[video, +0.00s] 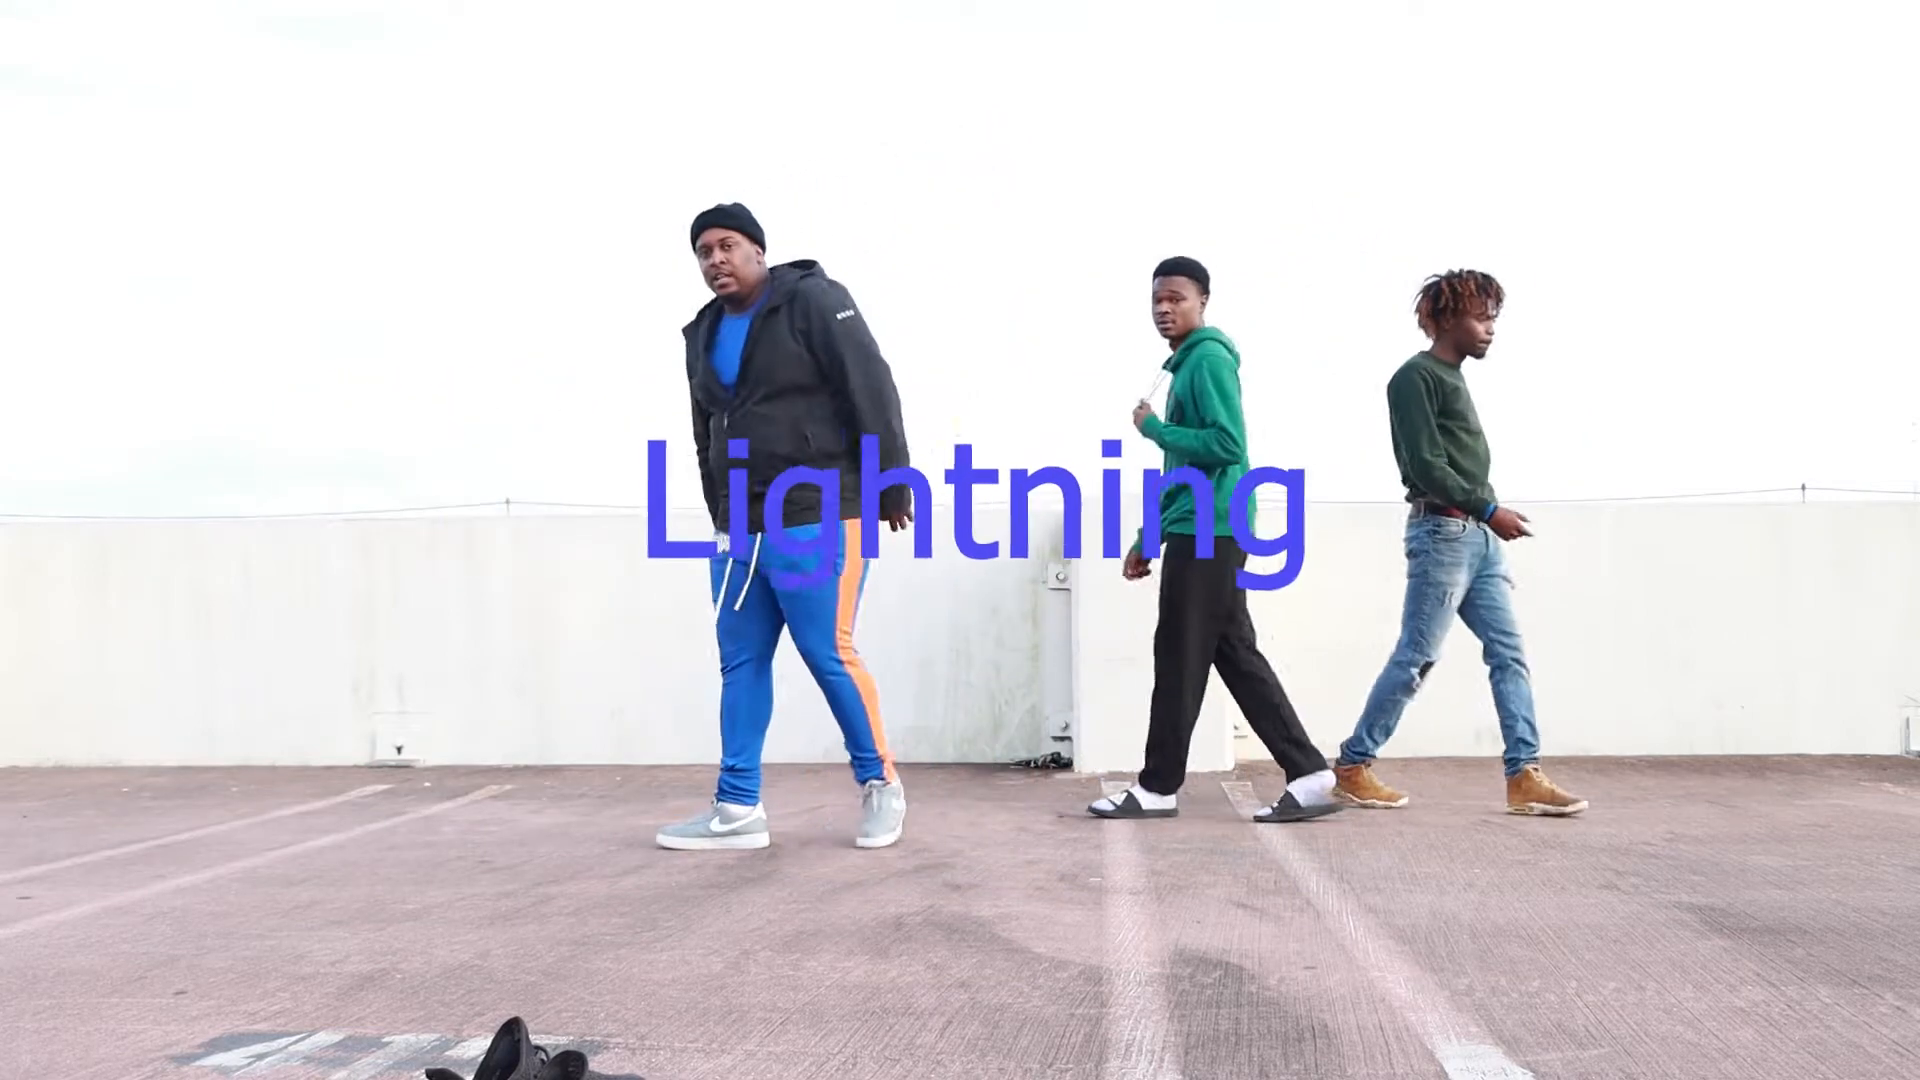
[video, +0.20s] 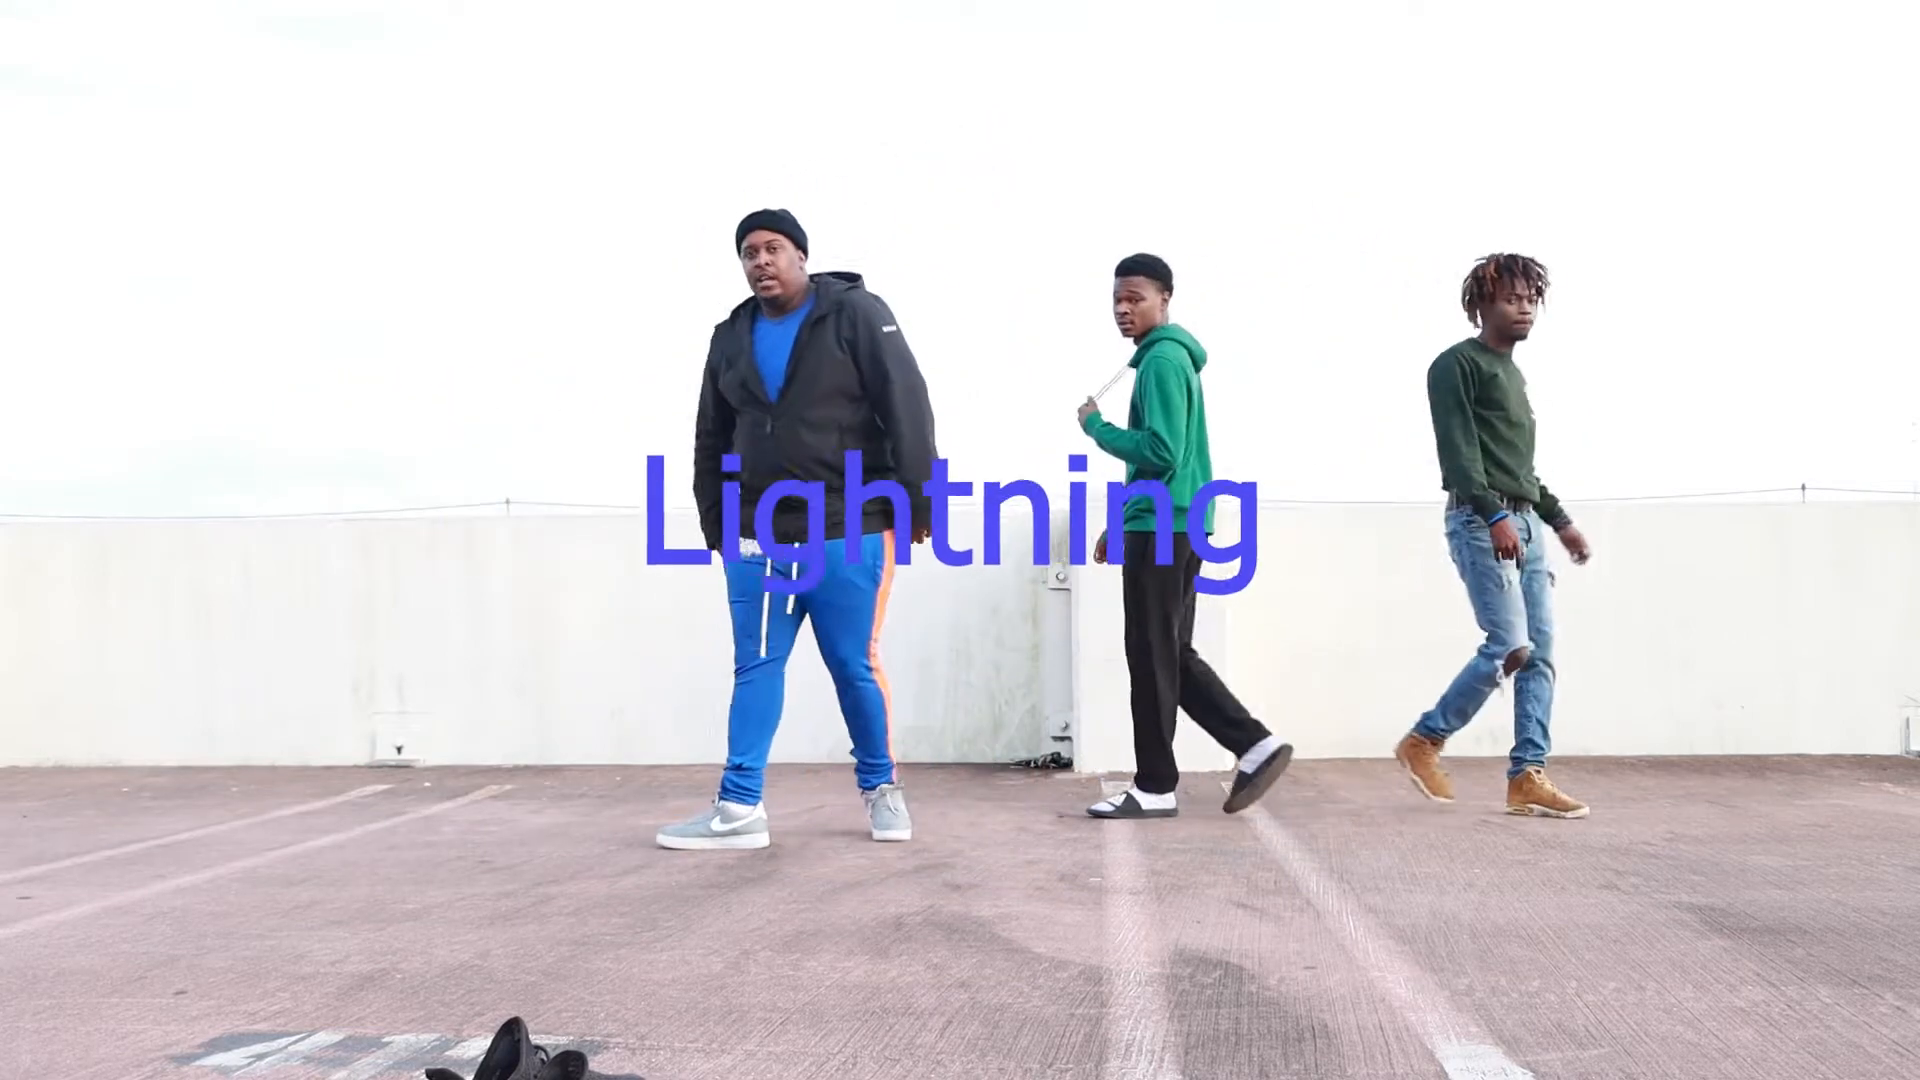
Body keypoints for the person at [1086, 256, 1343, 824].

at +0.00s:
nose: (1165, 309)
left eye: (1177, 298)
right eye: (1158, 300)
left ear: (1203, 305)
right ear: (1153, 308)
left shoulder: (1208, 357)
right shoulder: (1187, 365)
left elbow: (1227, 446)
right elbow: (1178, 472)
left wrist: (1158, 429)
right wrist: (1149, 539)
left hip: (1204, 532)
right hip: (1197, 532)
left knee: (1179, 657)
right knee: (1237, 656)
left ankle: (1157, 788)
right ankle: (1311, 776)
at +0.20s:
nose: (1123, 308)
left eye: (1135, 298)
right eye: (1118, 300)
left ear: (1164, 301)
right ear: (1117, 306)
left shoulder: (1162, 361)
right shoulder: (1165, 359)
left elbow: (1161, 454)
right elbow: (1161, 464)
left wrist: (1097, 427)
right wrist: (1122, 527)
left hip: (1161, 528)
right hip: (1174, 526)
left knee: (1150, 653)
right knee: (1169, 651)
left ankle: (1155, 787)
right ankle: (1255, 747)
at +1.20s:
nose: (987, 324)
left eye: (996, 313)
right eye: (977, 315)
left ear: (1015, 315)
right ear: (967, 323)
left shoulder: (1053, 363)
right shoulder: (967, 388)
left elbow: (1099, 428)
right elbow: (947, 468)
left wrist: (1043, 442)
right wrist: (908, 517)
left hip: (1069, 534)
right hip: (1011, 538)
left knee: (1091, 655)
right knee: (1007, 659)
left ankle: (1109, 777)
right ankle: (1014, 780)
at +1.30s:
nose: (986, 322)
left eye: (994, 312)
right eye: (975, 314)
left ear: (1011, 314)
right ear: (963, 322)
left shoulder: (1051, 362)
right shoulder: (961, 388)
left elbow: (1095, 427)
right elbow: (941, 473)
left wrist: (1053, 444)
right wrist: (905, 510)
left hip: (1065, 532)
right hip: (1006, 537)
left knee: (1079, 655)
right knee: (1005, 659)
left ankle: (1082, 772)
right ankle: (1013, 781)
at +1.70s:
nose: (1020, 326)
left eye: (1027, 316)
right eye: (1008, 318)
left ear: (1037, 319)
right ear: (988, 323)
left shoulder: (1062, 381)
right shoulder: (975, 388)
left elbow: (1089, 450)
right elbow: (959, 477)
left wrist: (1092, 449)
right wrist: (970, 549)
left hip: (1055, 536)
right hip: (998, 537)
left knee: (1049, 656)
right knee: (1003, 657)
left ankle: (1033, 764)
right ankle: (1009, 774)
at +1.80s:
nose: (1029, 330)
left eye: (1036, 320)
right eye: (1018, 321)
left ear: (1047, 323)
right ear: (998, 324)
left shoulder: (1063, 386)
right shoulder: (980, 384)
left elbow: (1075, 457)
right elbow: (959, 470)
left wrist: (1095, 457)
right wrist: (967, 542)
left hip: (1054, 537)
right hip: (999, 537)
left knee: (1045, 655)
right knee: (1005, 656)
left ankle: (1030, 766)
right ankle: (1010, 774)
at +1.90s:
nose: (1038, 333)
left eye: (1045, 324)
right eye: (1027, 324)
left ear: (1055, 328)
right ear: (1006, 329)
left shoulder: (1065, 390)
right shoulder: (984, 385)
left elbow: (1070, 464)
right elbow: (965, 460)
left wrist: (1093, 466)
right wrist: (963, 525)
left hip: (1054, 536)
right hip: (999, 534)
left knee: (1045, 655)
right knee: (1004, 655)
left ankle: (1031, 767)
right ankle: (1008, 772)